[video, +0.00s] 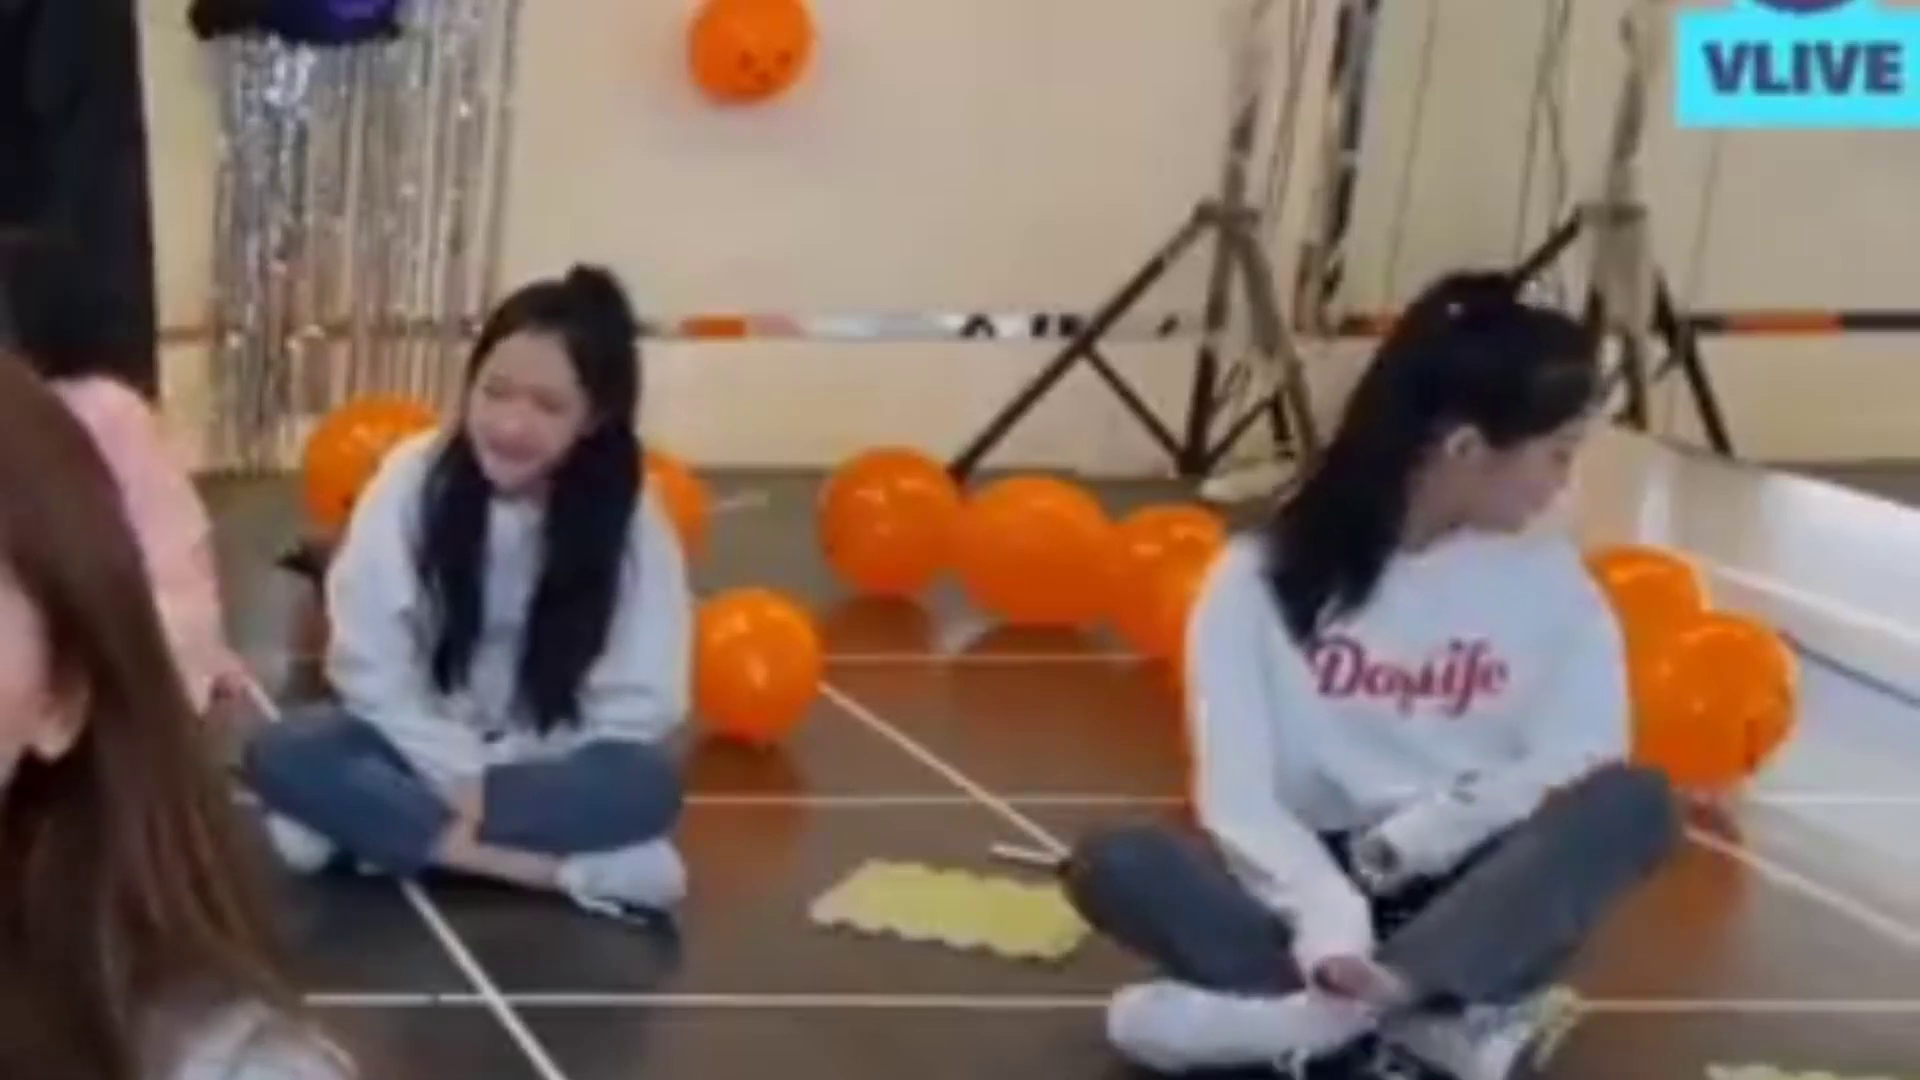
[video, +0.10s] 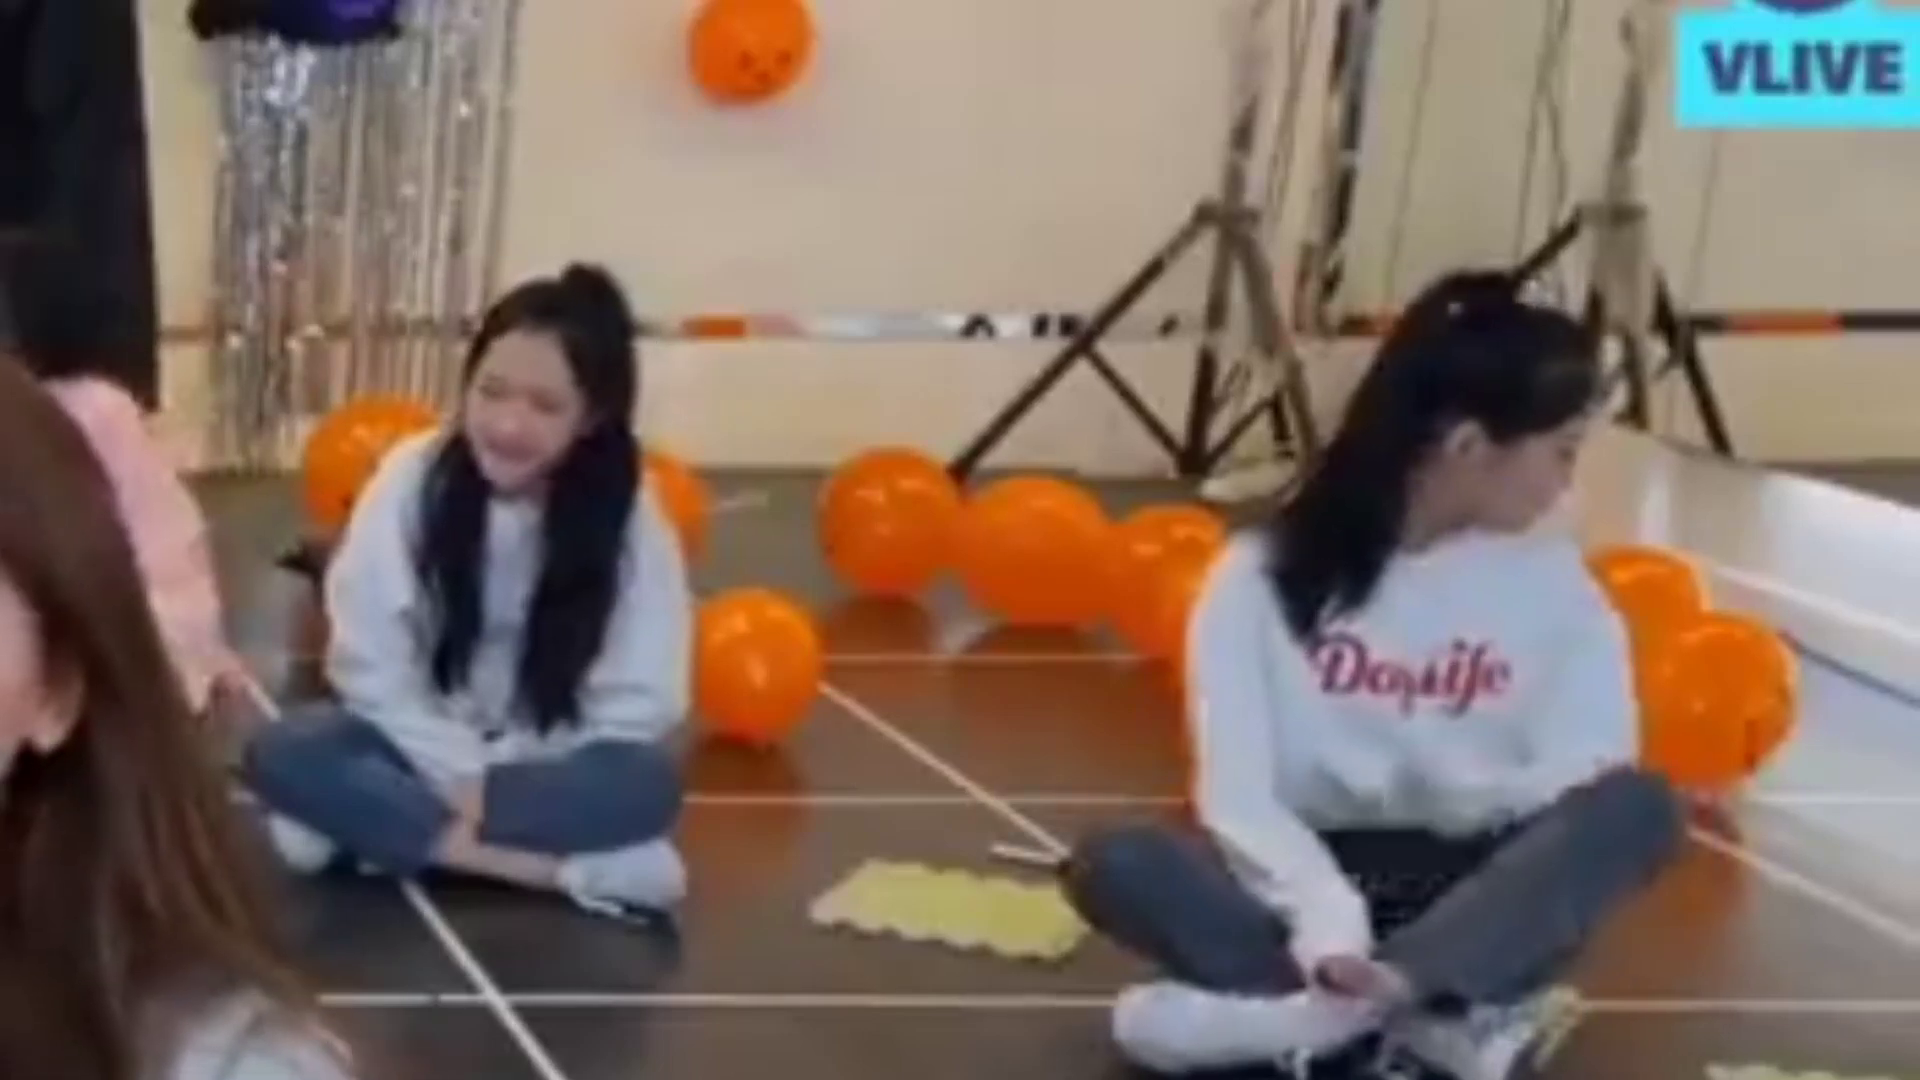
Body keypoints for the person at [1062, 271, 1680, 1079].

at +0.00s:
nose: (1565, 481)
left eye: (1571, 455)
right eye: (1556, 454)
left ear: (1464, 450)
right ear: (1461, 448)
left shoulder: (1545, 576)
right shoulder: (1256, 579)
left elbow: (1584, 754)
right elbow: (1236, 798)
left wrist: (1401, 845)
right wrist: (1328, 906)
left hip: (1470, 875)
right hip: (1296, 872)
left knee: (1635, 804)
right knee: (1112, 862)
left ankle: (1330, 1016)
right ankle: (1422, 1030)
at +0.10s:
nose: (1569, 480)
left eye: (1574, 453)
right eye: (1560, 452)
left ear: (1467, 448)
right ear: (1465, 445)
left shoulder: (1550, 578)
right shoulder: (1258, 576)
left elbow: (1592, 773)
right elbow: (1235, 799)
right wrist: (1328, 913)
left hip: (1484, 865)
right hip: (1303, 864)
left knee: (1640, 808)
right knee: (1112, 861)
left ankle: (1328, 1019)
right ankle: (1422, 1031)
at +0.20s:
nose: (1589, 482)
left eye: (1595, 454)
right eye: (1581, 453)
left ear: (1489, 447)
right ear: (1488, 444)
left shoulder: (1563, 582)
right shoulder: (1275, 572)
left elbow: (1614, 782)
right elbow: (1232, 792)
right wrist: (1329, 920)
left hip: (1483, 863)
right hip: (1308, 859)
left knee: (1647, 820)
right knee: (1107, 869)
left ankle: (1336, 1026)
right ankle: (1429, 1035)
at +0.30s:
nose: (1626, 477)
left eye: (1631, 451)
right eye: (1616, 449)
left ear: (1525, 446)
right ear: (1523, 442)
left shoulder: (1589, 592)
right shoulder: (1302, 565)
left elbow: (1616, 787)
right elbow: (1234, 787)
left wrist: (1722, 759)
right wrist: (1321, 922)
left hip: (1485, 879)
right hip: (1311, 867)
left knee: (1666, 830)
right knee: (1101, 876)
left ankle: (1339, 1032)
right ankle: (1424, 1034)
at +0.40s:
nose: (1684, 481)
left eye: (1685, 454)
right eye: (1661, 455)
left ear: (1569, 453)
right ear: (1558, 450)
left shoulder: (1635, 618)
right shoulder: (1350, 562)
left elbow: (1712, 808)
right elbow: (1253, 767)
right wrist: (1321, 951)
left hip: (1483, 890)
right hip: (1318, 867)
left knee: (1674, 846)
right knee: (1104, 870)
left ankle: (1344, 1031)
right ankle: (1424, 1034)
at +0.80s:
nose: (1808, 531)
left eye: (1814, 505)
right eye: (1792, 507)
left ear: (1708, 504)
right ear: (1690, 498)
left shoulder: (1737, 675)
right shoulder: (1478, 563)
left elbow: (1834, 830)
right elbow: (1361, 763)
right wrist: (1344, 955)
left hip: (1516, 898)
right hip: (1364, 857)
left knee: (1696, 904)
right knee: (1122, 826)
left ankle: (1325, 1042)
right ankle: (1420, 1048)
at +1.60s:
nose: (1799, 538)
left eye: (1809, 513)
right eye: (1782, 510)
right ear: (1683, 483)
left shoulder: (1736, 647)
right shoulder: (1482, 554)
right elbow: (1376, 761)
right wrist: (1351, 948)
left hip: (1516, 891)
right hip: (1369, 856)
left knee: (1687, 889)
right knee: (1143, 793)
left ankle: (1325, 1038)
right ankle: (1410, 1046)